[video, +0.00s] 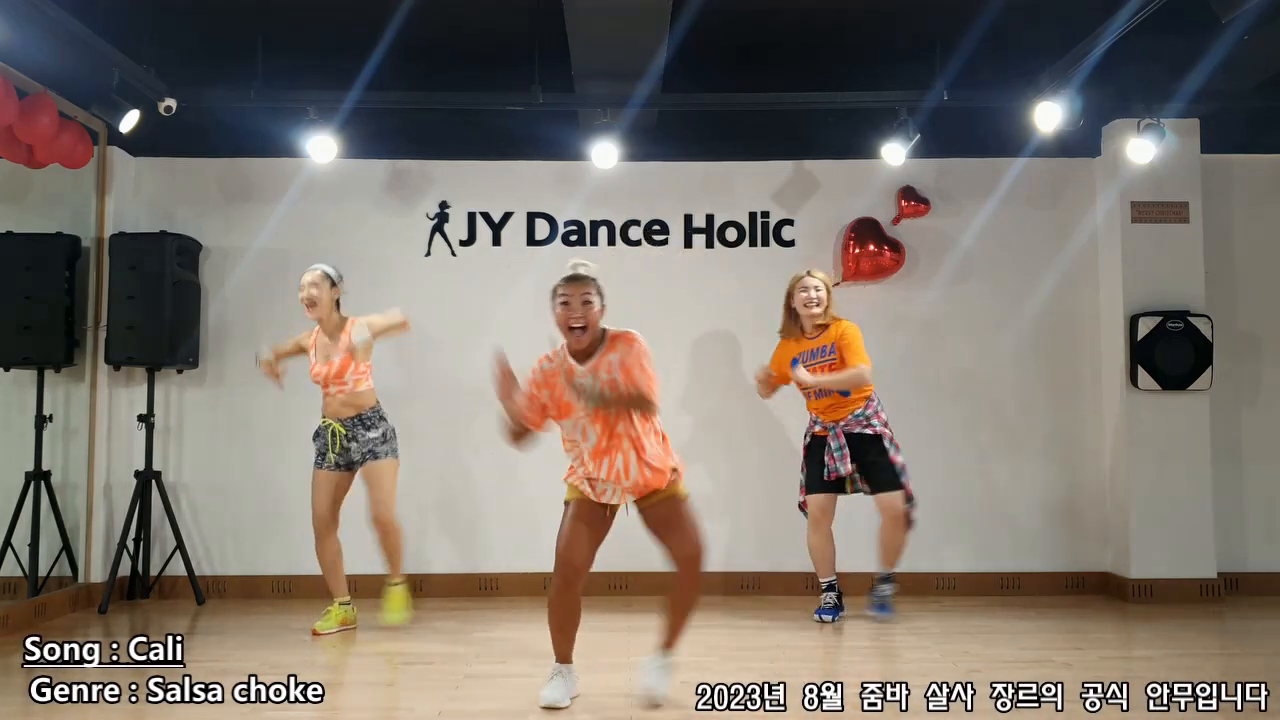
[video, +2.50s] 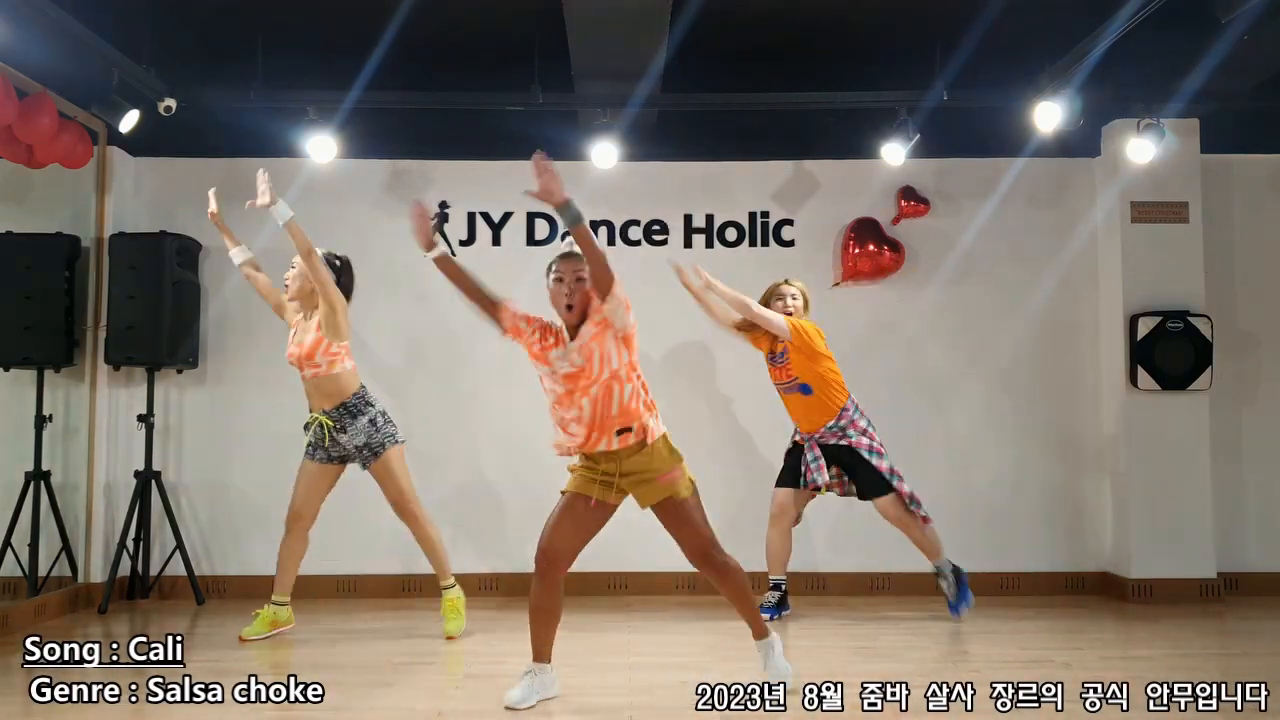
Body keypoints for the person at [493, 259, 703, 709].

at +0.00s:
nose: (576, 310)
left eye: (586, 300)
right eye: (566, 302)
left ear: (602, 308)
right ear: (554, 312)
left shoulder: (627, 346)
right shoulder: (547, 369)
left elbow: (647, 400)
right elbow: (520, 435)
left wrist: (595, 395)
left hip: (649, 468)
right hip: (592, 475)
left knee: (691, 556)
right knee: (566, 569)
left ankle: (663, 657)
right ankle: (562, 670)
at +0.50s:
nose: (611, 296)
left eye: (620, 287)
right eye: (601, 289)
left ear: (637, 294)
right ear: (590, 299)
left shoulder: (666, 352)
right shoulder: (576, 358)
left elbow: (693, 416)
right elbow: (562, 426)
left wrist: (672, 448)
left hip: (654, 474)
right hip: (593, 476)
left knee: (706, 561)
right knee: (566, 566)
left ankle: (696, 662)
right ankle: (562, 670)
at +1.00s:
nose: (704, 296)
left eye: (711, 288)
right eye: (693, 288)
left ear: (723, 298)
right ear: (676, 300)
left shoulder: (738, 363)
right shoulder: (649, 358)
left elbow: (748, 423)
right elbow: (606, 419)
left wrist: (742, 430)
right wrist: (643, 424)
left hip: (710, 482)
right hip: (650, 480)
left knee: (775, 553)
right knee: (641, 564)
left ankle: (762, 656)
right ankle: (648, 668)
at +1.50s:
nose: (759, 309)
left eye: (766, 299)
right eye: (747, 300)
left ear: (776, 307)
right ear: (729, 310)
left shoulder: (783, 376)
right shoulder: (706, 357)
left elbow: (810, 425)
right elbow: (699, 426)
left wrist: (824, 418)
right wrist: (753, 416)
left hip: (719, 489)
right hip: (662, 469)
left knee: (770, 564)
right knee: (595, 544)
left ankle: (755, 666)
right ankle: (568, 631)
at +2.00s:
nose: (654, 275)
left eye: (662, 267)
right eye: (643, 268)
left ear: (675, 278)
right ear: (629, 281)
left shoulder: (696, 330)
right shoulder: (616, 333)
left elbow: (752, 365)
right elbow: (565, 371)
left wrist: (725, 339)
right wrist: (584, 344)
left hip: (672, 461)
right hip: (614, 456)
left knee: (691, 562)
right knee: (576, 545)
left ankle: (670, 665)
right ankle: (589, 654)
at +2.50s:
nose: (569, 287)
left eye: (579, 279)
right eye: (559, 279)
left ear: (596, 287)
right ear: (547, 290)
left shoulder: (612, 326)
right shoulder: (541, 339)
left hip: (650, 457)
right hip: (595, 468)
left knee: (707, 555)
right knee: (548, 560)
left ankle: (767, 641)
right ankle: (540, 672)